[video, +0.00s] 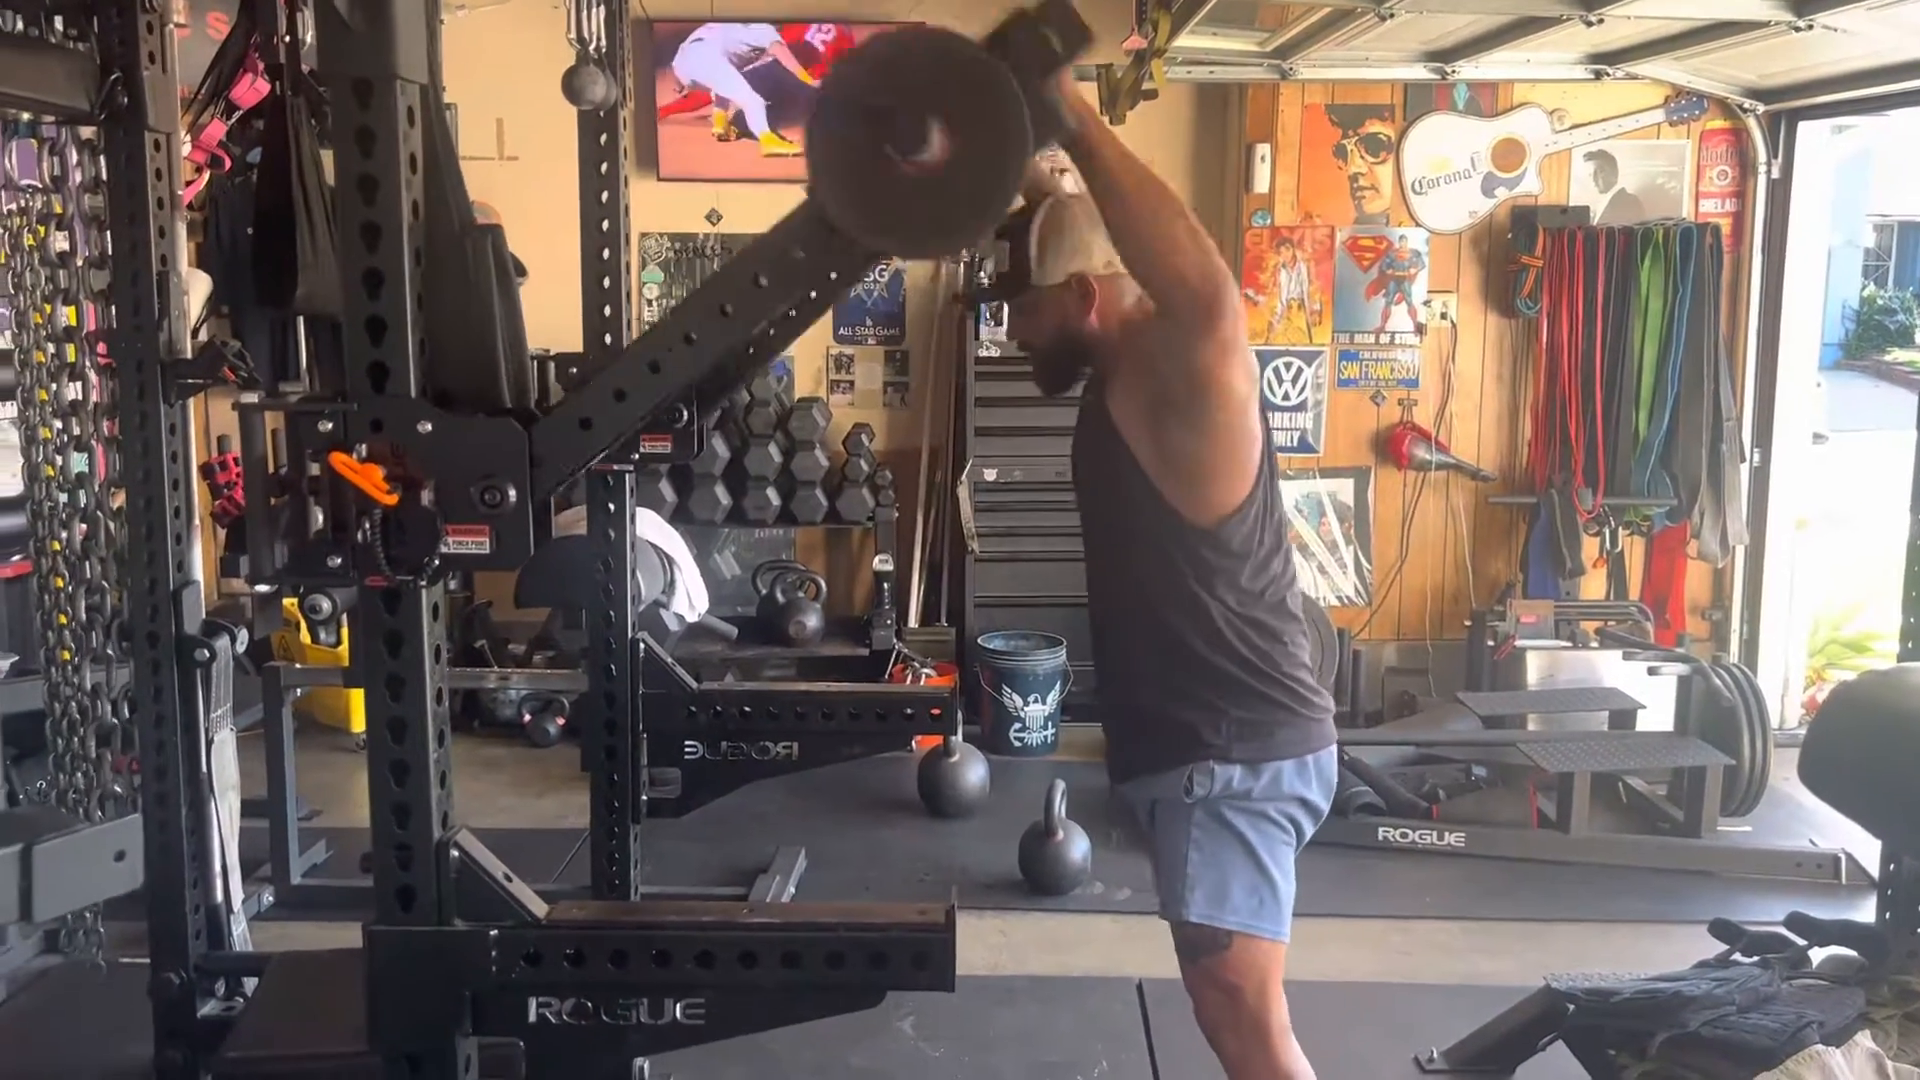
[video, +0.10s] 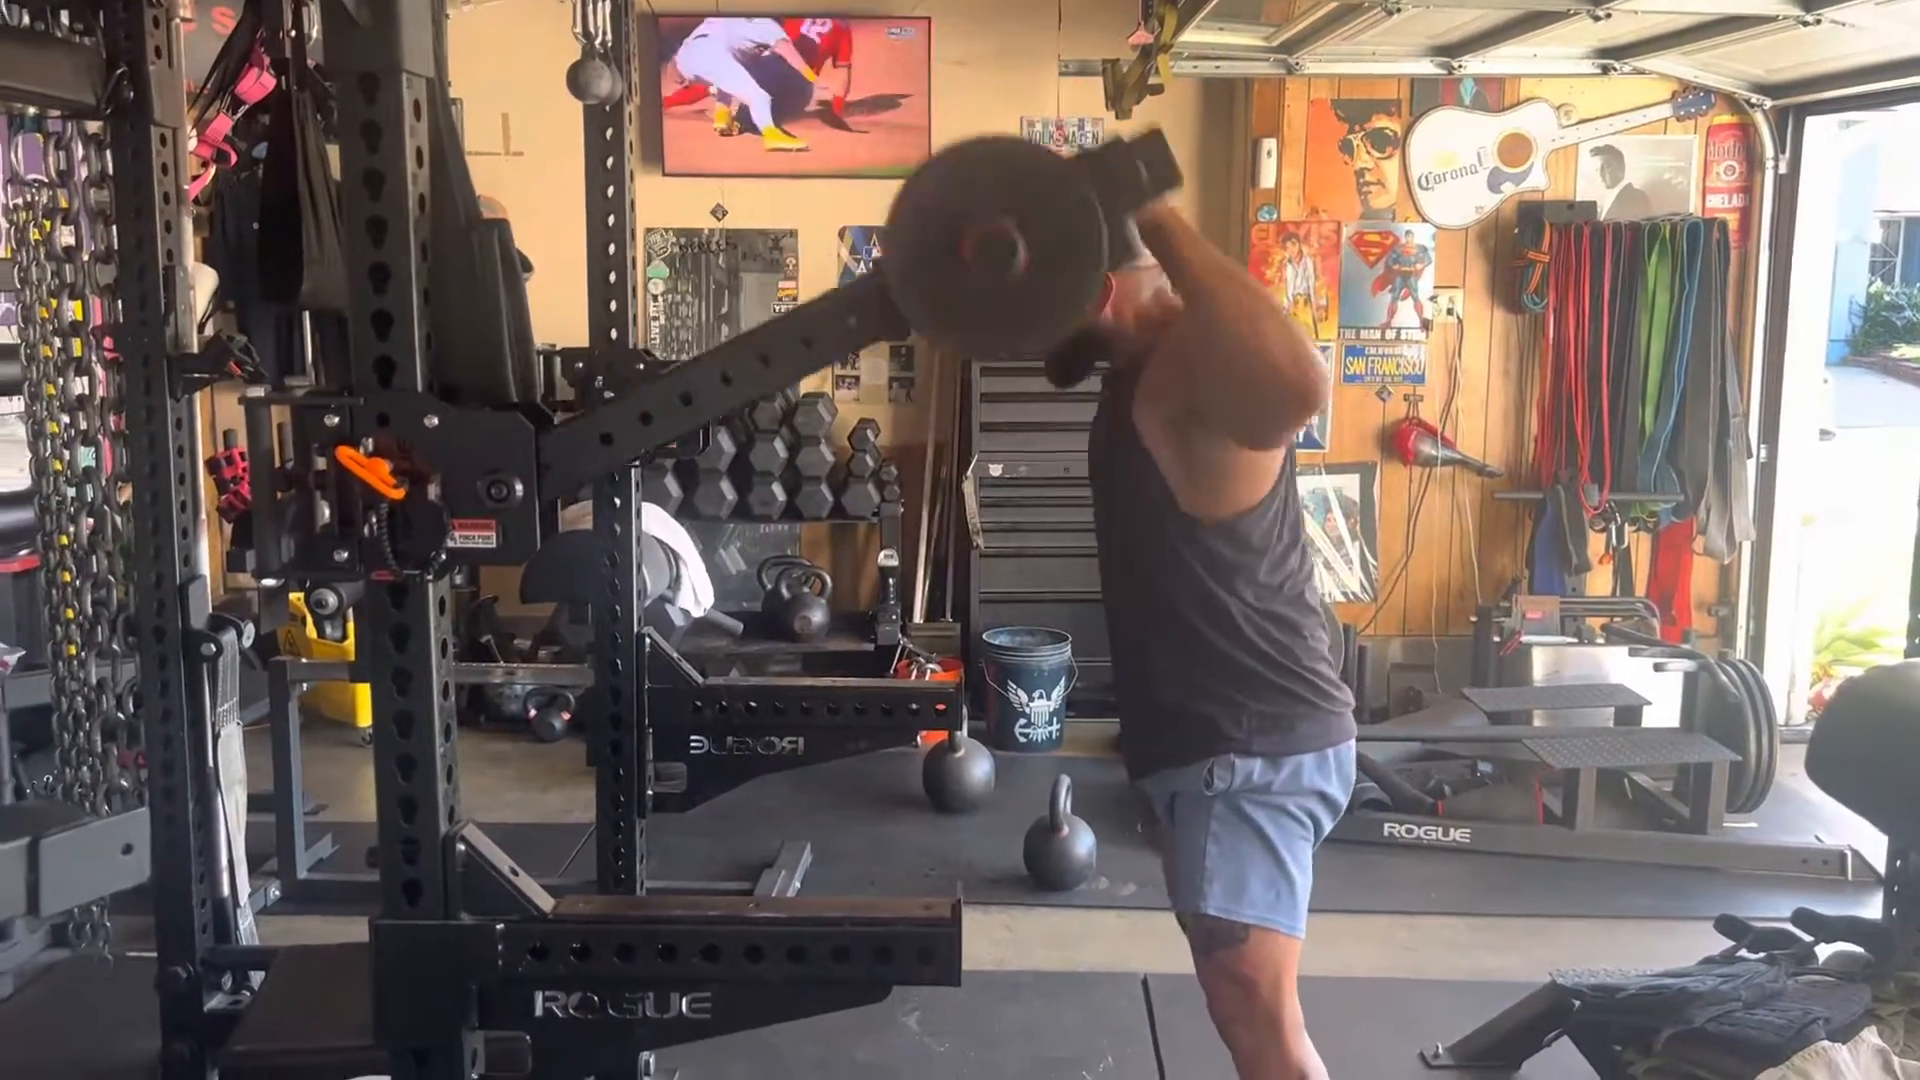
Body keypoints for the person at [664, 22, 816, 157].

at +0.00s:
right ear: (774, 28)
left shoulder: (727, 29)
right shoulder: (764, 30)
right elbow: (783, 55)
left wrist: (682, 81)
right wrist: (809, 80)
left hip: (681, 61)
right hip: (706, 57)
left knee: (724, 83)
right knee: (753, 101)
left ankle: (720, 127)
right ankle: (768, 140)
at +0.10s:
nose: (763, 51)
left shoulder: (724, 20)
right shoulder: (768, 25)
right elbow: (787, 52)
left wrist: (684, 74)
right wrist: (813, 79)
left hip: (685, 55)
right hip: (712, 53)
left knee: (727, 75)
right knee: (759, 96)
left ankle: (722, 120)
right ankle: (771, 133)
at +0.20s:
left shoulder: (729, 17)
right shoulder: (771, 19)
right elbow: (789, 46)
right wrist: (814, 73)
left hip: (688, 51)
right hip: (714, 48)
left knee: (730, 72)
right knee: (766, 92)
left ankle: (724, 112)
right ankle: (775, 128)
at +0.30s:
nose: (801, 38)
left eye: (804, 36)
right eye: (802, 35)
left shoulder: (740, 11)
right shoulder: (780, 17)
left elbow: (700, 19)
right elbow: (807, 56)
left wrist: (684, 26)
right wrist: (832, 82)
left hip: (695, 46)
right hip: (721, 45)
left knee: (736, 63)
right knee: (774, 86)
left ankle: (729, 108)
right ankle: (780, 122)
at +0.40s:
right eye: (803, 8)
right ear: (794, 4)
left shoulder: (743, 4)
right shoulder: (785, 12)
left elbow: (711, 9)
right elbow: (808, 50)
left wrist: (687, 13)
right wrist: (837, 79)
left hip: (701, 43)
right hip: (729, 43)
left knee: (741, 58)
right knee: (783, 83)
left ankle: (734, 103)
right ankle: (783, 116)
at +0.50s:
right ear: (796, 5)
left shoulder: (746, 3)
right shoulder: (790, 7)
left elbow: (719, 8)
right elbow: (811, 41)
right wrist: (842, 78)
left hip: (708, 40)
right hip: (737, 39)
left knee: (747, 53)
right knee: (792, 79)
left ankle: (739, 99)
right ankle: (790, 111)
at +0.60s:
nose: (822, 23)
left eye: (824, 20)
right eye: (823, 18)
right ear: (813, 7)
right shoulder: (800, 5)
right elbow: (819, 42)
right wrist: (850, 76)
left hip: (716, 33)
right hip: (745, 34)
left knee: (757, 49)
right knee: (802, 74)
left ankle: (746, 93)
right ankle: (797, 105)